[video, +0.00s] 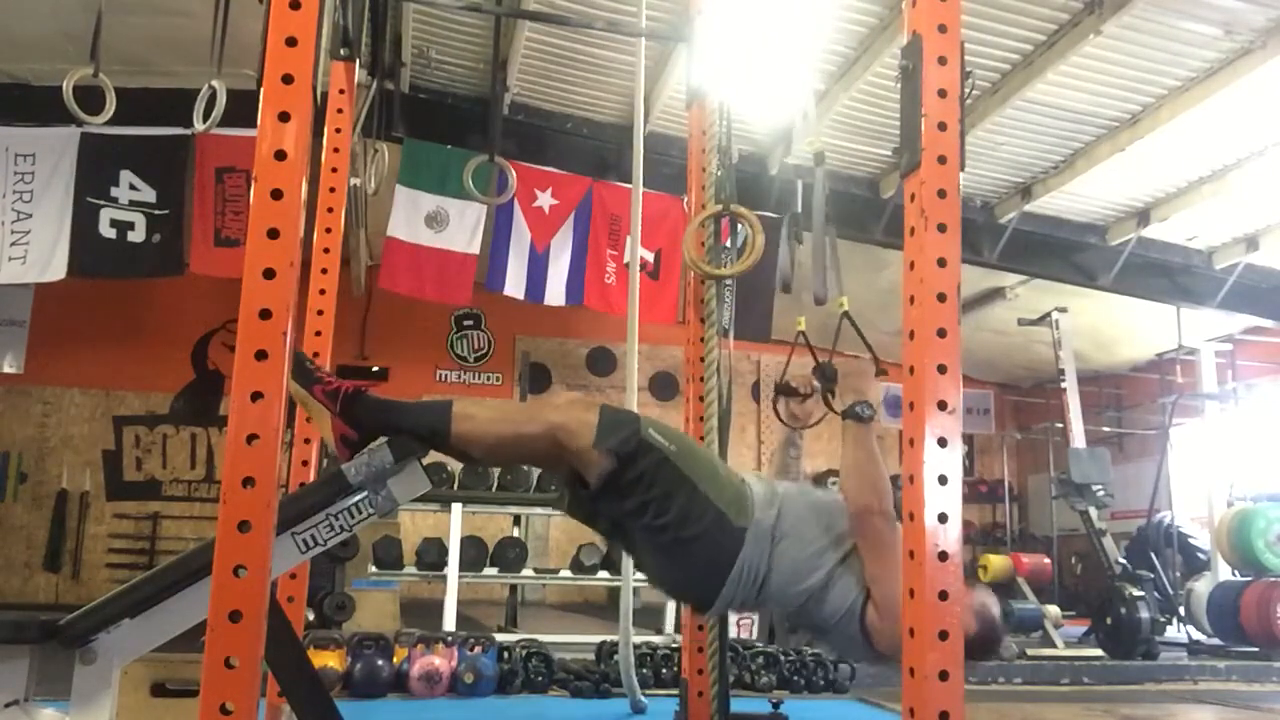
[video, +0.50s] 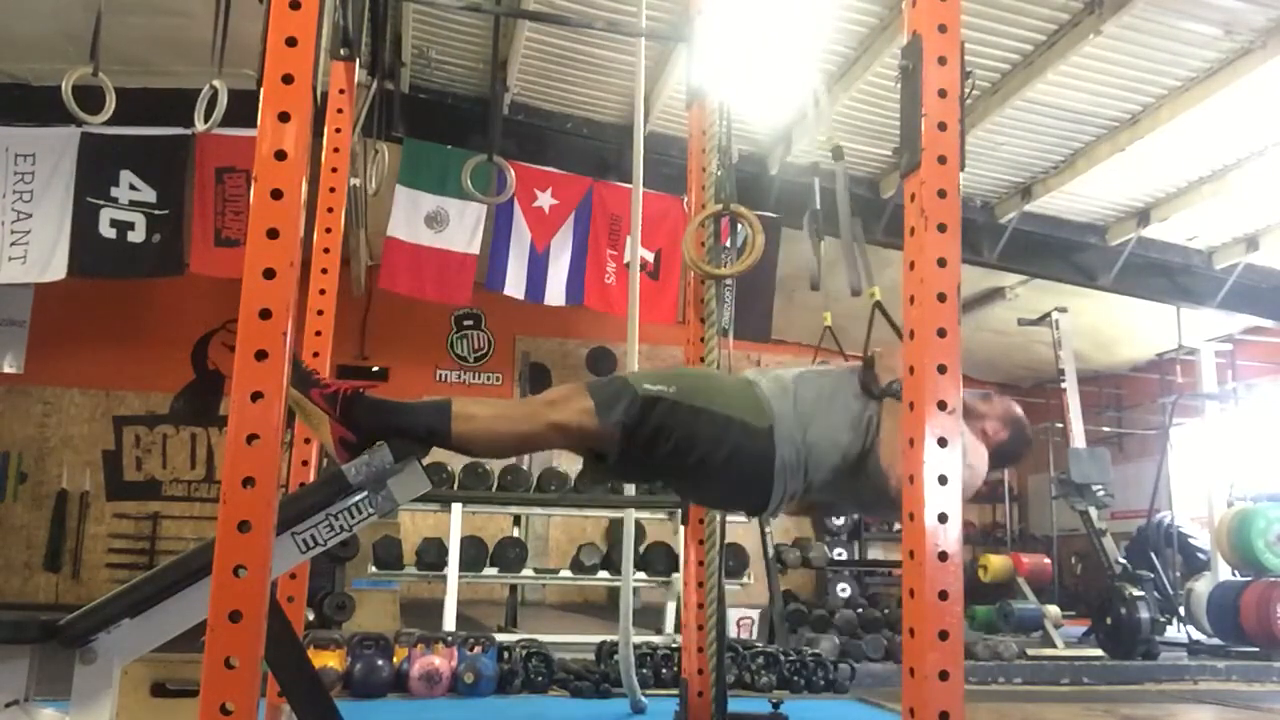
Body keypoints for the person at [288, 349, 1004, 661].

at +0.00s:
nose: (948, 588)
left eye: (958, 611)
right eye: (962, 590)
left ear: (951, 642)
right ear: (950, 590)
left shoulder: (905, 639)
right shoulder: (903, 585)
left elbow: (874, 517)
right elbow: (869, 515)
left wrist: (861, 408)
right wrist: (843, 407)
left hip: (736, 548)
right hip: (736, 513)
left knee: (586, 425)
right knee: (563, 431)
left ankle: (369, 414)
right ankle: (382, 422)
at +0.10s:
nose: (971, 558)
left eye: (977, 575)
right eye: (981, 560)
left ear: (966, 610)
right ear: (964, 561)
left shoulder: (910, 629)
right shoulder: (910, 558)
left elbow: (869, 509)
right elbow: (870, 495)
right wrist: (870, 413)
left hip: (736, 529)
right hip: (733, 493)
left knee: (579, 420)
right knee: (563, 418)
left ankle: (364, 413)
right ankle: (375, 424)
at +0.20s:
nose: (970, 515)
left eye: (980, 528)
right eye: (982, 515)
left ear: (965, 559)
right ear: (969, 526)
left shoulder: (916, 559)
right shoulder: (910, 543)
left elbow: (872, 462)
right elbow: (865, 439)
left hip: (746, 494)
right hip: (739, 485)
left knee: (571, 410)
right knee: (562, 413)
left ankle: (366, 413)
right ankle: (376, 419)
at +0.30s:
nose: (986, 467)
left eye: (995, 478)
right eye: (991, 463)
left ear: (989, 508)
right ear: (978, 460)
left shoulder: (939, 528)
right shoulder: (930, 469)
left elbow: (887, 486)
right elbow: (876, 464)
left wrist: (917, 408)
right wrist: (883, 398)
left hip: (754, 468)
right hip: (745, 454)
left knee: (570, 407)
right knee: (560, 407)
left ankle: (365, 414)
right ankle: (373, 416)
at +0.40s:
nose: (975, 443)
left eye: (985, 450)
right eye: (982, 442)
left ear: (987, 471)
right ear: (974, 444)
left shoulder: (947, 476)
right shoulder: (930, 452)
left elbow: (894, 481)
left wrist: (917, 395)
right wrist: (877, 385)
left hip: (758, 437)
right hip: (749, 458)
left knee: (566, 410)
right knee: (560, 413)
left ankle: (370, 416)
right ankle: (379, 420)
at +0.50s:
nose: (992, 419)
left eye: (1002, 429)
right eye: (995, 412)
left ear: (998, 446)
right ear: (981, 401)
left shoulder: (959, 460)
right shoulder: (934, 406)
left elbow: (905, 484)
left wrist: (907, 390)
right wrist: (877, 369)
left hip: (762, 437)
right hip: (750, 420)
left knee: (577, 409)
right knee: (572, 406)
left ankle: (375, 420)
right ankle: (382, 419)